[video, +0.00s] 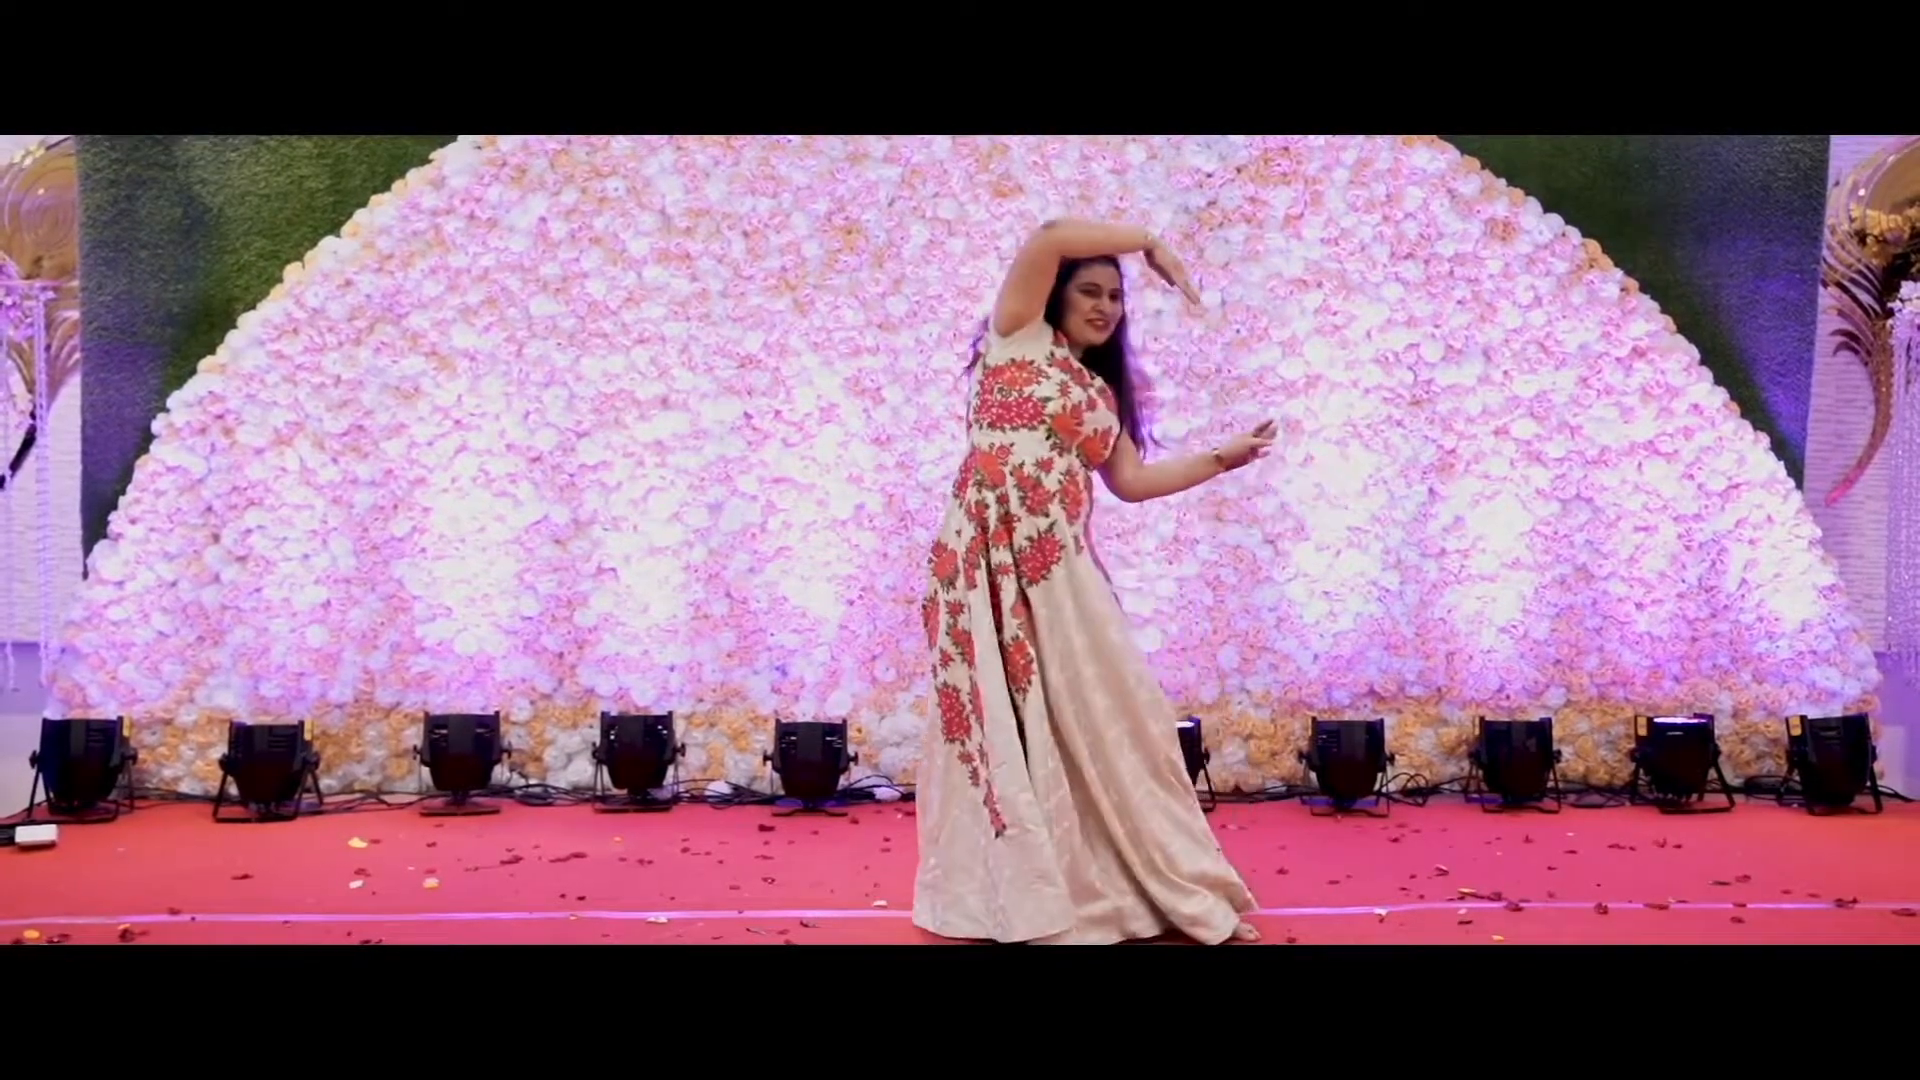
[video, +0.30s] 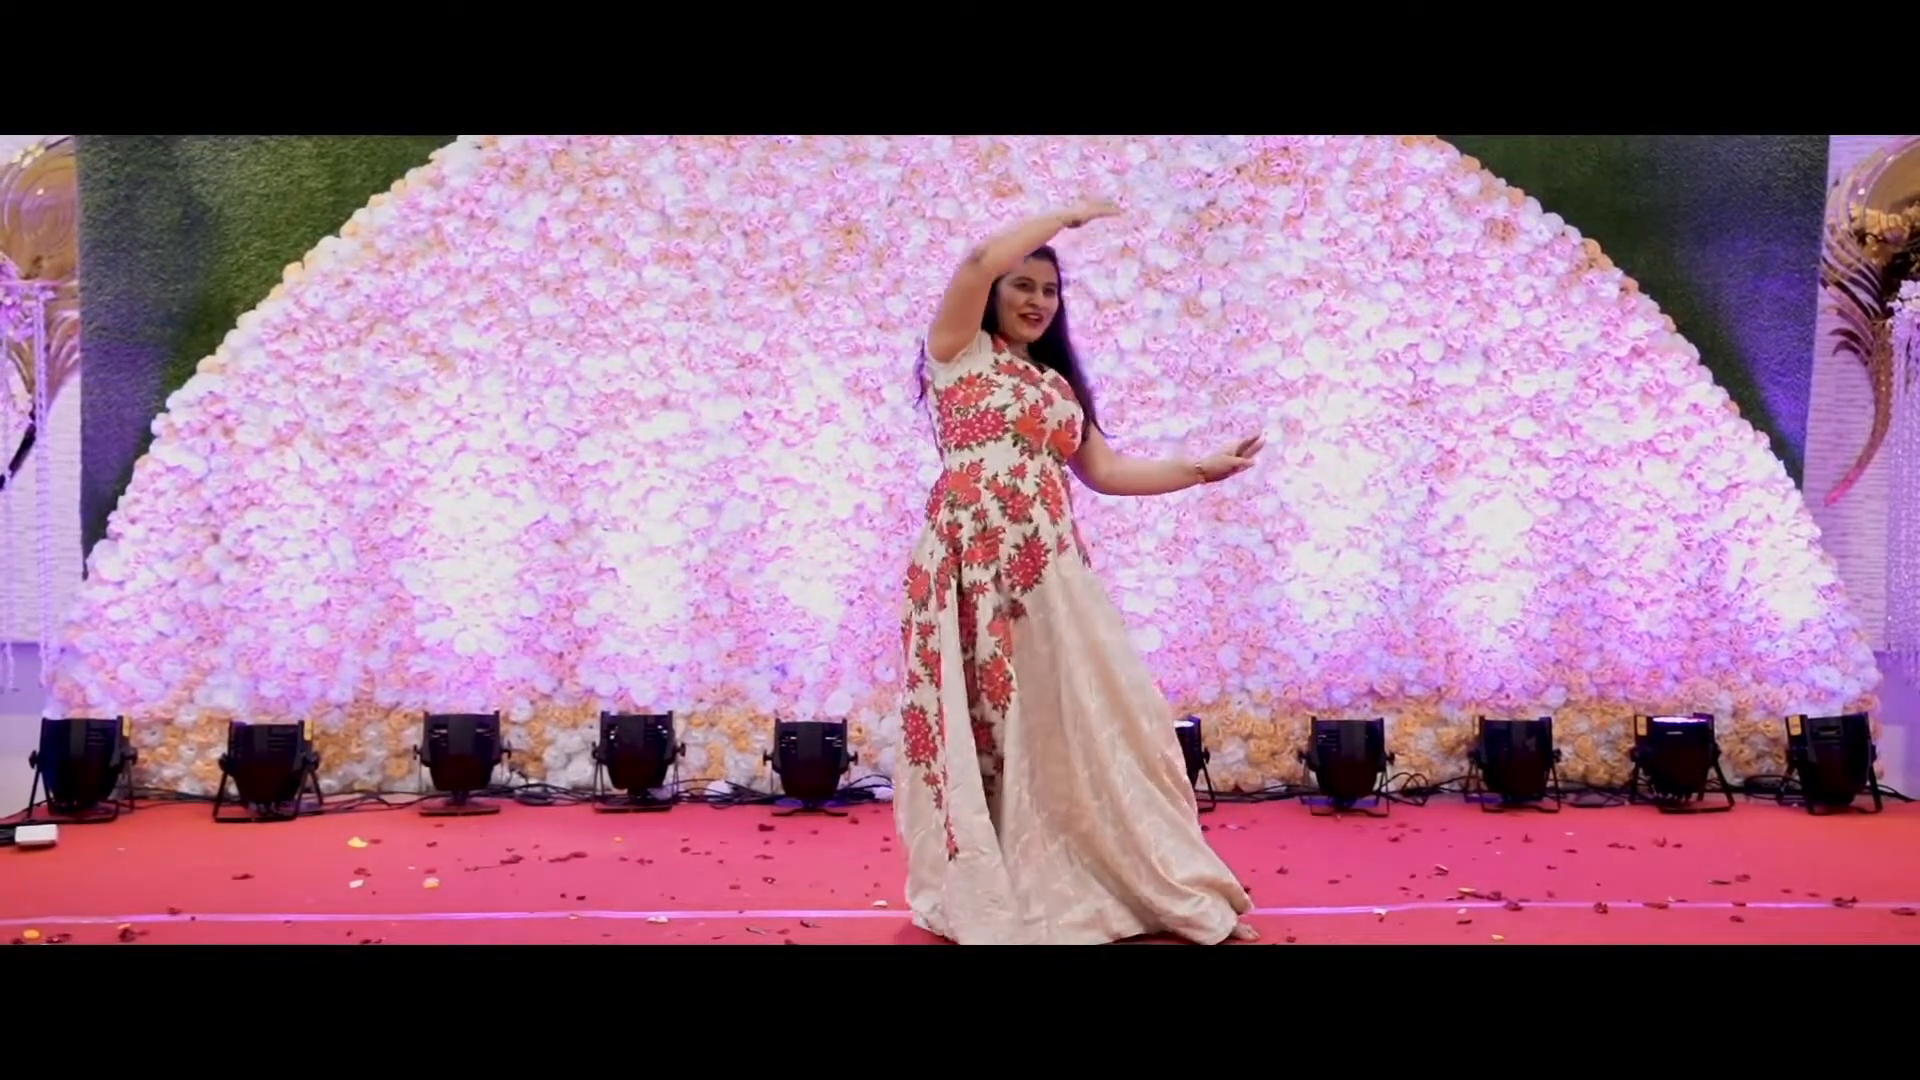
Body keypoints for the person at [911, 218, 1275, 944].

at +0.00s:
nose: (1102, 306)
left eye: (1113, 296)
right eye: (1088, 293)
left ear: (1122, 307)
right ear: (1057, 295)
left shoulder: (1099, 399)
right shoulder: (1016, 339)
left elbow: (1131, 481)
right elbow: (1052, 236)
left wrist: (1222, 456)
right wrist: (1145, 241)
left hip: (1057, 564)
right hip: (979, 556)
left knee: (1109, 717)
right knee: (996, 727)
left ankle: (1181, 892)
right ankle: (1013, 898)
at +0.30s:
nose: (1036, 301)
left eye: (1048, 290)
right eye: (1022, 286)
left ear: (1059, 299)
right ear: (991, 288)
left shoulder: (1058, 392)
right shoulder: (957, 352)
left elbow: (1107, 472)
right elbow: (983, 262)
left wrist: (1201, 467)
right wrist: (1069, 211)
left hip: (1047, 561)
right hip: (966, 556)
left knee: (1080, 720)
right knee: (975, 725)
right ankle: (981, 894)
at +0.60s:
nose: (1038, 310)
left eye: (1048, 300)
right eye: (1024, 296)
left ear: (1057, 314)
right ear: (988, 305)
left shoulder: (1072, 390)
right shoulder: (958, 379)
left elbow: (1116, 468)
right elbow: (1042, 374)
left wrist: (1204, 455)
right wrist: (1054, 280)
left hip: (1074, 577)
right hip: (995, 574)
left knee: (1142, 718)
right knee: (995, 731)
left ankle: (1148, 888)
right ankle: (975, 892)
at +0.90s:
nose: (1146, 328)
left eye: (1150, 318)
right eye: (1138, 312)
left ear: (1127, 318)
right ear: (1098, 299)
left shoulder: (1105, 386)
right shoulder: (1042, 353)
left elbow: (1139, 490)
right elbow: (1129, 407)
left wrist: (1215, 453)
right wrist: (1160, 342)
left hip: (1099, 574)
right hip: (1035, 571)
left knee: (1180, 714)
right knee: (1033, 726)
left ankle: (1160, 890)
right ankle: (996, 895)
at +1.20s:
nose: (1204, 387)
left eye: (1206, 376)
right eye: (1201, 373)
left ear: (1168, 369)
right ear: (1171, 357)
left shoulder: (1135, 437)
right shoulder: (1105, 363)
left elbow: (1145, 534)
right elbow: (1175, 412)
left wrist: (1216, 484)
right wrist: (1216, 406)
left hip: (1076, 584)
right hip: (1009, 576)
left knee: (1152, 708)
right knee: (1047, 723)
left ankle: (1143, 888)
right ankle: (1017, 896)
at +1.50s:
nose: (1168, 423)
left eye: (1173, 417)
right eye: (1171, 411)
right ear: (1142, 377)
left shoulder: (1106, 468)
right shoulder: (1061, 379)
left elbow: (1105, 559)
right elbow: (1138, 378)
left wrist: (1155, 500)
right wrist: (1159, 431)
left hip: (1035, 598)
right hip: (967, 587)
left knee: (1125, 722)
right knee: (1025, 735)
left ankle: (1158, 889)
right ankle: (1016, 898)